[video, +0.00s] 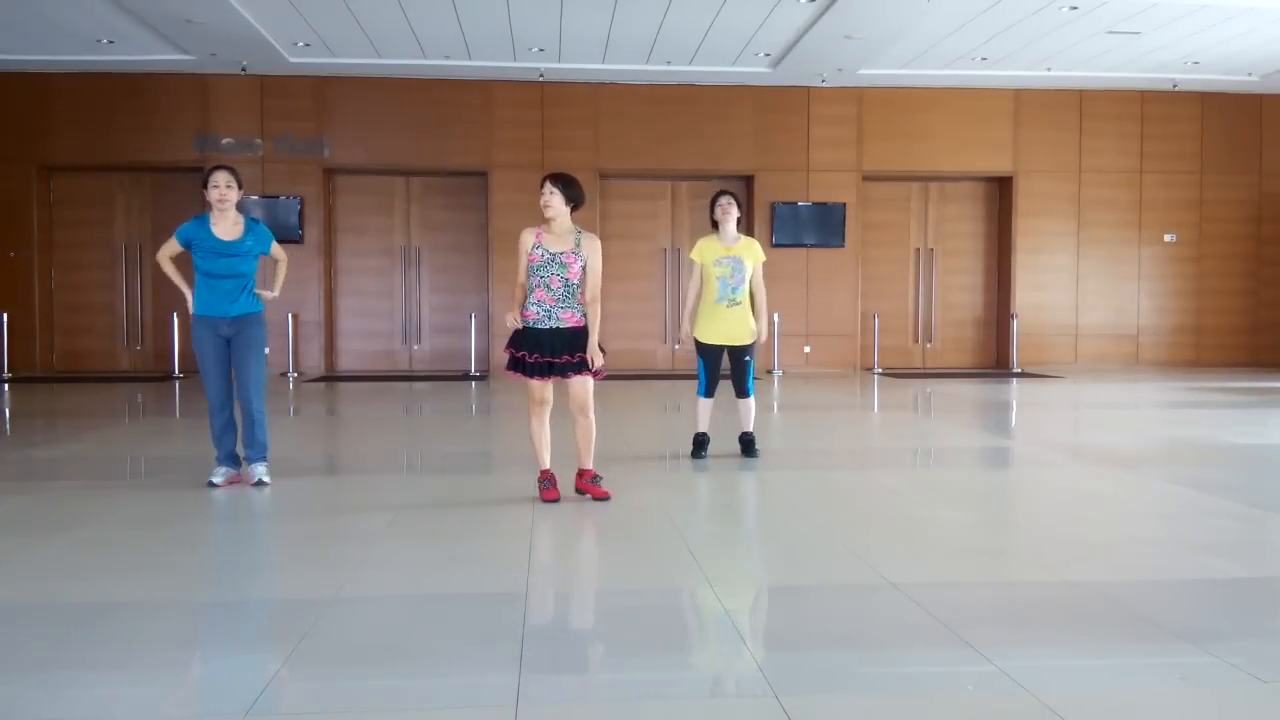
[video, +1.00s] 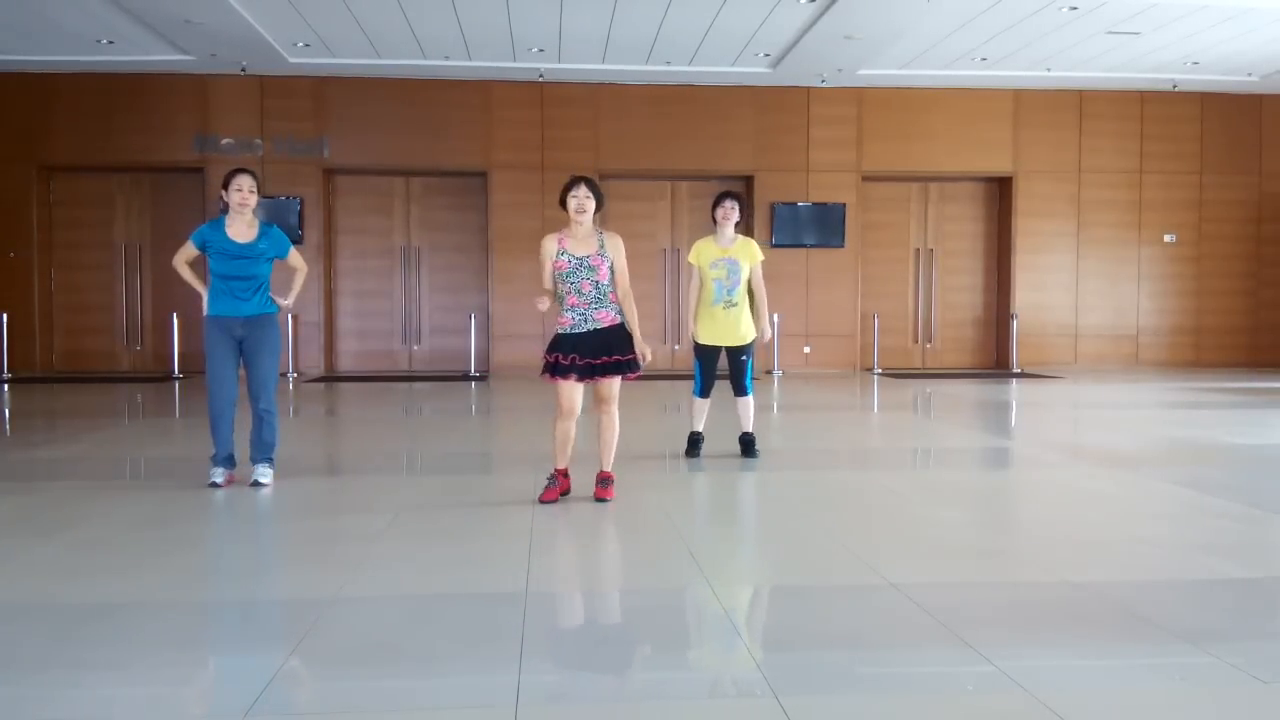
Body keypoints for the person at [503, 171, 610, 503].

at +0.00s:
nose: (544, 198)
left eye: (551, 193)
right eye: (542, 194)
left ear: (569, 199)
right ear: (540, 200)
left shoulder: (589, 242)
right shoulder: (530, 238)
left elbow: (593, 296)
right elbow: (521, 284)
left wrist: (593, 342)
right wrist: (515, 309)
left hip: (575, 334)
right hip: (535, 334)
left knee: (584, 407)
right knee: (541, 404)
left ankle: (586, 474)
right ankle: (546, 474)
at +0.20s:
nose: (546, 200)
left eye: (553, 195)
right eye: (545, 195)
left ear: (572, 201)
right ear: (543, 201)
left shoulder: (591, 242)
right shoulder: (535, 240)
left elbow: (598, 297)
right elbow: (531, 291)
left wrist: (599, 342)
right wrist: (517, 306)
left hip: (575, 335)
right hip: (537, 333)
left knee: (580, 409)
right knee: (542, 404)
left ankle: (598, 472)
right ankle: (545, 474)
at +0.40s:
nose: (553, 200)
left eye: (559, 194)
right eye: (552, 195)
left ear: (578, 200)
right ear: (552, 201)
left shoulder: (599, 240)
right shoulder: (545, 240)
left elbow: (608, 293)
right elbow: (547, 291)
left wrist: (606, 339)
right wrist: (522, 297)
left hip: (585, 334)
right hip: (548, 332)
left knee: (589, 409)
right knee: (550, 404)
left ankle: (601, 474)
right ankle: (553, 474)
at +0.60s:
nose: (561, 198)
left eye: (568, 193)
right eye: (560, 193)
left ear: (587, 198)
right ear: (559, 199)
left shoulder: (607, 238)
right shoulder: (553, 238)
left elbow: (619, 291)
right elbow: (553, 288)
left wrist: (617, 336)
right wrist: (528, 291)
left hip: (597, 332)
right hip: (559, 331)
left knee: (597, 406)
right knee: (555, 400)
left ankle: (603, 476)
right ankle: (565, 476)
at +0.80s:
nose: (576, 200)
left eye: (583, 195)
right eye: (570, 195)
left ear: (596, 201)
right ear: (564, 201)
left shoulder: (612, 239)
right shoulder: (555, 241)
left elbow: (626, 291)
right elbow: (555, 290)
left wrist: (631, 337)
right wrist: (534, 295)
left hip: (607, 332)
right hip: (568, 332)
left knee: (606, 405)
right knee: (560, 403)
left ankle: (605, 475)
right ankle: (566, 477)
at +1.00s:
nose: (581, 202)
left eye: (587, 197)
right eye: (575, 197)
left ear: (597, 204)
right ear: (565, 202)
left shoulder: (612, 242)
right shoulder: (551, 244)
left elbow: (624, 292)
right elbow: (549, 292)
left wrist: (637, 337)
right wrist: (547, 300)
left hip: (610, 335)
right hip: (570, 336)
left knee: (607, 405)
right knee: (567, 410)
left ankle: (605, 475)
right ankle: (560, 475)